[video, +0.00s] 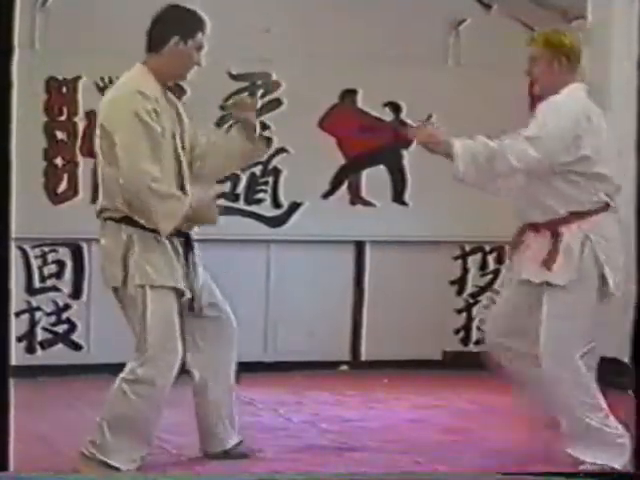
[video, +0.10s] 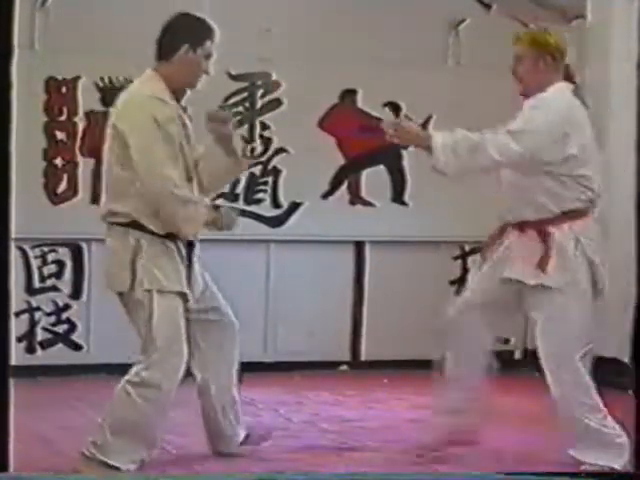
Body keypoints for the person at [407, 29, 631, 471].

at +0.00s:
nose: (529, 73)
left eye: (536, 63)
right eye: (530, 64)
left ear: (560, 66)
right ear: (556, 68)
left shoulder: (571, 107)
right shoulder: (556, 110)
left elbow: (521, 157)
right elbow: (511, 166)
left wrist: (450, 148)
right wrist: (448, 149)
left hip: (582, 241)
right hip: (544, 241)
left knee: (561, 355)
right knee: (504, 335)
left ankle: (607, 453)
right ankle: (573, 419)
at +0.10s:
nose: (515, 71)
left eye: (521, 62)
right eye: (515, 63)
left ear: (547, 64)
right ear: (540, 67)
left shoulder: (559, 106)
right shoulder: (542, 108)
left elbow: (504, 148)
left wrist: (426, 140)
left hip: (563, 245)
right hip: (525, 241)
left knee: (559, 354)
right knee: (464, 317)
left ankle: (606, 453)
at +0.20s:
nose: (491, 68)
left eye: (498, 58)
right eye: (490, 59)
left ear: (524, 60)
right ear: (512, 64)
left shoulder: (540, 105)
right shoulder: (517, 107)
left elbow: (485, 145)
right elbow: (475, 144)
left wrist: (411, 148)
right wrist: (413, 142)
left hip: (530, 243)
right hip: (486, 240)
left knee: (557, 356)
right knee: (433, 337)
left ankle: (599, 453)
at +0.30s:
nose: (474, 67)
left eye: (483, 58)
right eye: (472, 59)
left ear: (509, 60)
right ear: (471, 63)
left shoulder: (527, 109)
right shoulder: (452, 107)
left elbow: (492, 156)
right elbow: (435, 159)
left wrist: (422, 161)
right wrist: (407, 153)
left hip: (510, 241)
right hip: (455, 239)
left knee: (543, 353)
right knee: (415, 344)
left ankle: (594, 452)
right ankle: (369, 439)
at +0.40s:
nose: (435, 59)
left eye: (444, 50)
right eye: (432, 50)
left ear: (468, 52)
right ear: (431, 53)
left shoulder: (496, 102)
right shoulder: (420, 98)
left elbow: (522, 172)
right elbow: (360, 100)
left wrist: (466, 188)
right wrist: (312, 83)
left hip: (493, 238)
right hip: (436, 235)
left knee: (522, 348)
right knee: (407, 341)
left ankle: (569, 443)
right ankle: (376, 445)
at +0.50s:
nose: (413, 71)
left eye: (421, 63)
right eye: (410, 63)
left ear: (450, 56)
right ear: (407, 59)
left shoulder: (489, 98)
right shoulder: (397, 97)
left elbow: (528, 156)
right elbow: (344, 90)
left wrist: (482, 188)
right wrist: (295, 80)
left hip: (491, 235)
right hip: (431, 233)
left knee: (513, 341)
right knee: (408, 338)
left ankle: (544, 440)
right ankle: (378, 442)